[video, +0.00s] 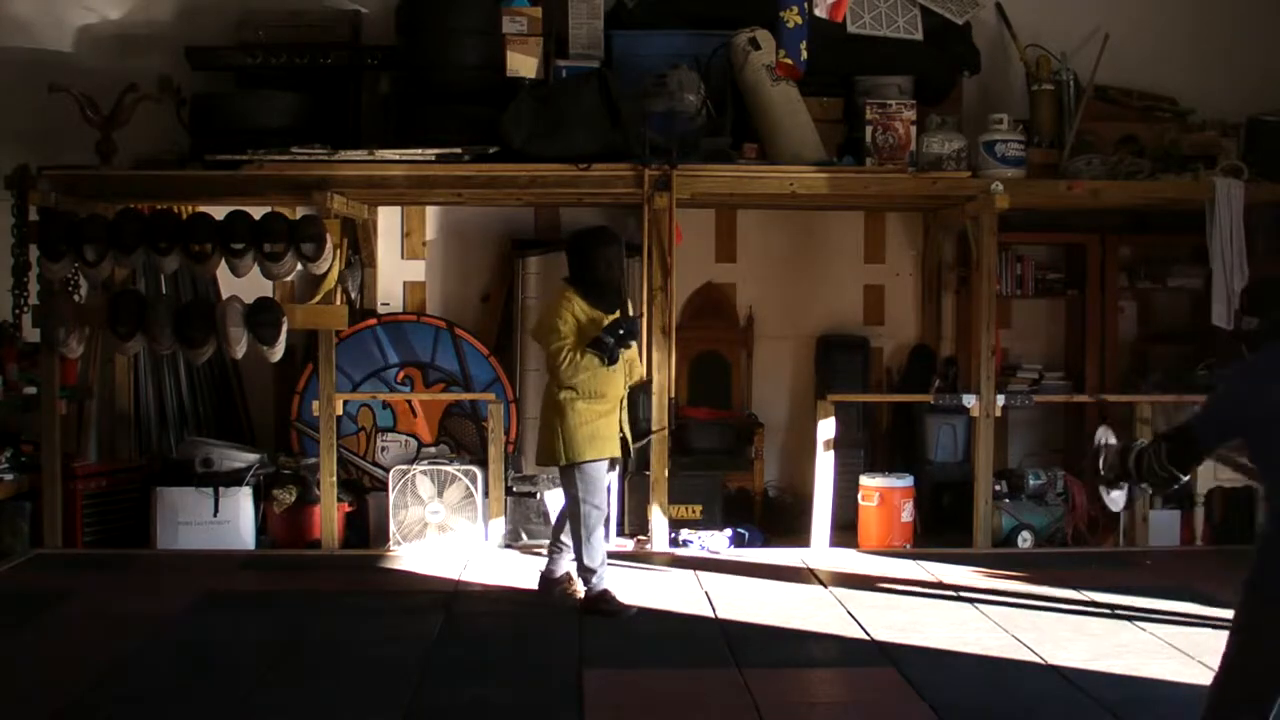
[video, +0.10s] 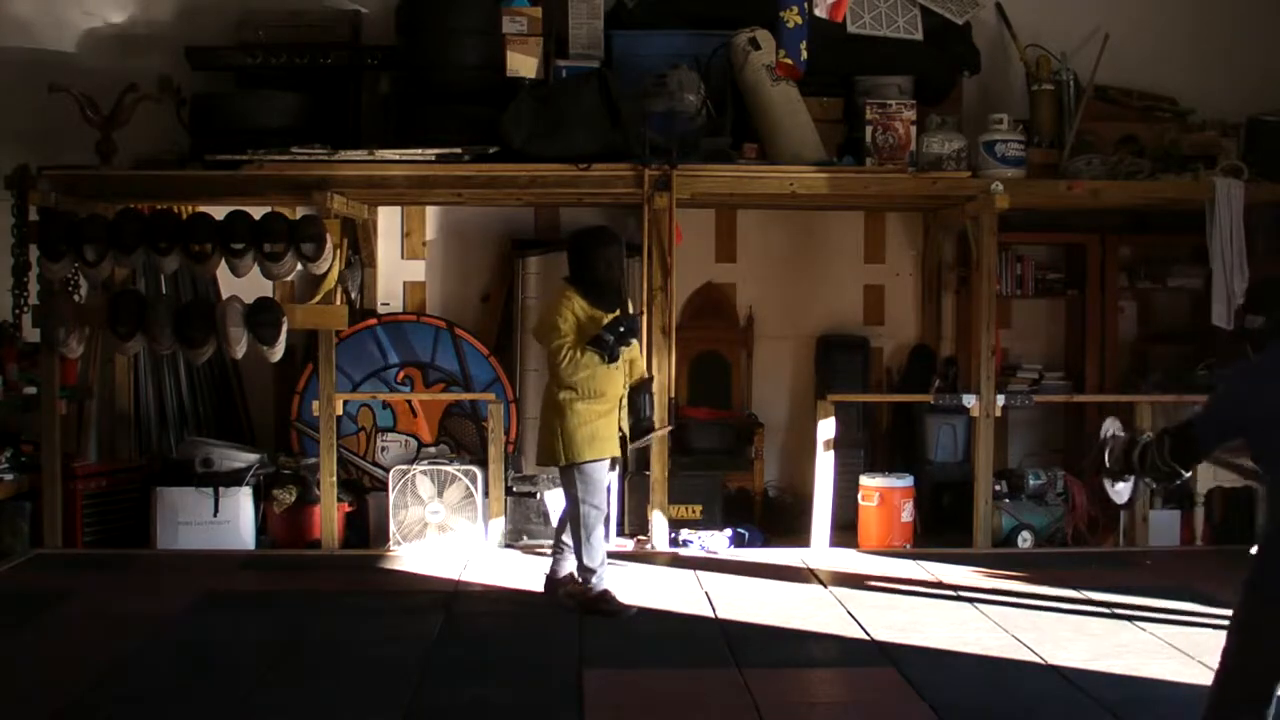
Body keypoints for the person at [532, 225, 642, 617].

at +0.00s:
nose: (618, 270)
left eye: (619, 261)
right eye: (609, 261)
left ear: (617, 264)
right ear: (589, 264)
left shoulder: (614, 309)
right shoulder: (563, 308)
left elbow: (631, 375)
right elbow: (566, 371)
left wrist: (630, 341)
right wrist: (607, 344)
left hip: (608, 423)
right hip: (577, 423)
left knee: (584, 502)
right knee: (591, 506)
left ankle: (555, 575)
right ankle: (595, 587)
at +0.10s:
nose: (618, 270)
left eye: (619, 261)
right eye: (610, 261)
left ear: (617, 263)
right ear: (589, 263)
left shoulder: (616, 306)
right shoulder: (564, 305)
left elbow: (634, 365)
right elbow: (567, 370)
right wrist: (610, 339)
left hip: (607, 419)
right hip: (576, 420)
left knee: (587, 501)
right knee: (591, 504)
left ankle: (561, 575)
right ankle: (594, 585)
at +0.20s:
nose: (618, 268)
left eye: (619, 259)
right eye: (610, 260)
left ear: (617, 263)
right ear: (589, 263)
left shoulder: (618, 305)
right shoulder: (563, 306)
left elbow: (635, 364)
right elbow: (565, 369)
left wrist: (640, 409)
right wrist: (609, 339)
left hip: (608, 419)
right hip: (576, 420)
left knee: (587, 501)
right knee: (591, 503)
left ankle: (565, 578)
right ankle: (593, 584)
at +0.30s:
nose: (616, 269)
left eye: (617, 260)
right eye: (607, 261)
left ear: (619, 262)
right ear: (585, 263)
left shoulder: (618, 303)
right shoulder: (560, 306)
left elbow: (632, 361)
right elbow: (560, 372)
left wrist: (641, 399)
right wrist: (603, 342)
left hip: (609, 420)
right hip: (576, 422)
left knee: (586, 502)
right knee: (590, 503)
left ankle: (565, 578)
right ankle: (593, 585)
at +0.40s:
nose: (613, 267)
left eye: (614, 258)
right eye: (604, 259)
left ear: (616, 262)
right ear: (583, 262)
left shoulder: (615, 303)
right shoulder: (557, 305)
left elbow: (630, 362)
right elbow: (551, 370)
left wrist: (638, 403)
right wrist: (595, 356)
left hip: (607, 419)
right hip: (574, 420)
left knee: (585, 499)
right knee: (589, 501)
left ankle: (565, 578)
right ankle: (592, 584)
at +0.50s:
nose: (609, 265)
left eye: (610, 256)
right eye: (600, 257)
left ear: (610, 259)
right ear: (578, 260)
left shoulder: (608, 305)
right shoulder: (553, 306)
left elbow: (628, 362)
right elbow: (543, 366)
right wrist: (588, 363)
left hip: (605, 419)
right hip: (572, 420)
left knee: (584, 499)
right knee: (588, 500)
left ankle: (565, 577)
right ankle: (591, 583)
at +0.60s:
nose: (605, 264)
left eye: (606, 256)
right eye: (597, 257)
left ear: (605, 258)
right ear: (575, 258)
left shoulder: (607, 301)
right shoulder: (551, 304)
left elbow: (620, 354)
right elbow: (539, 364)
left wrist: (630, 383)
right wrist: (577, 381)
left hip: (602, 422)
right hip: (572, 425)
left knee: (583, 503)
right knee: (586, 504)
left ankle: (564, 578)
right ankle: (590, 583)